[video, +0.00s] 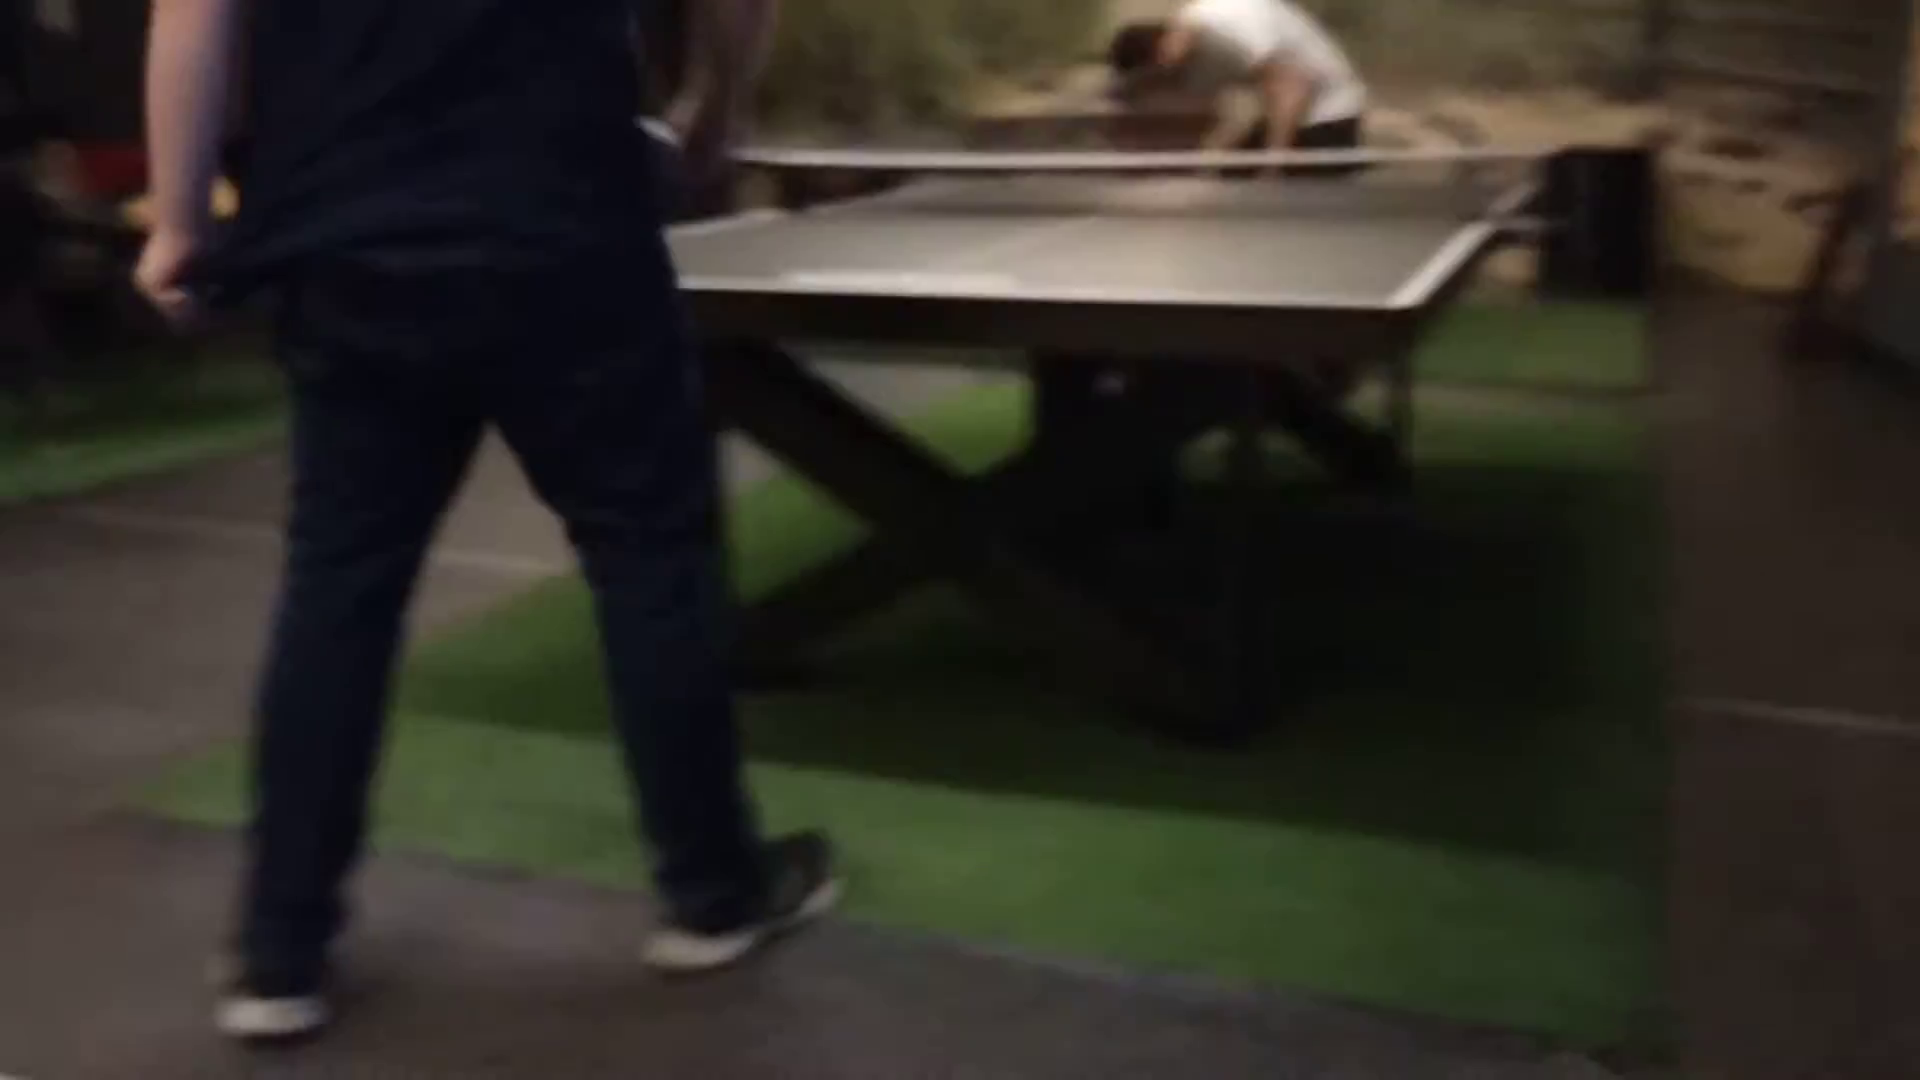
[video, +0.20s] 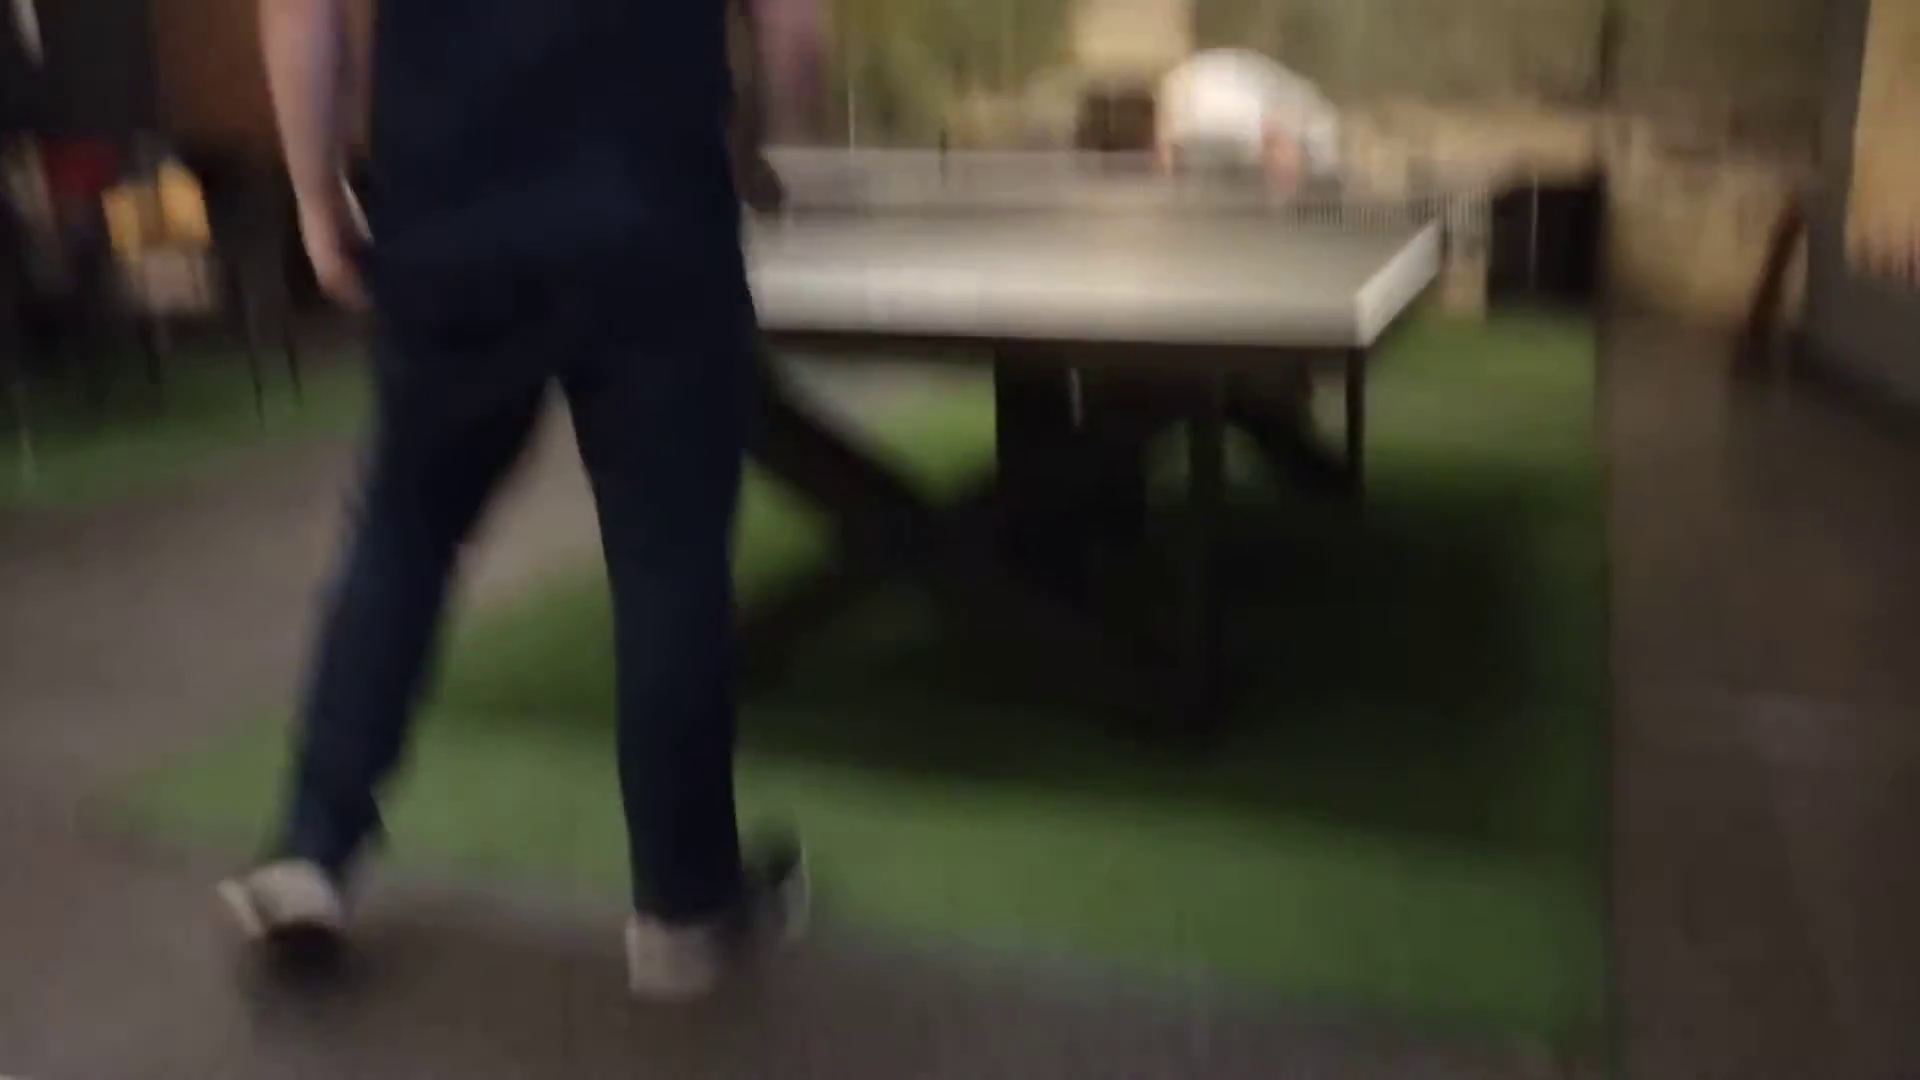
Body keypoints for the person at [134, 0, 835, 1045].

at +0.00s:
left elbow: (192, 9)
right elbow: (736, 10)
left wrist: (176, 213)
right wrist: (701, 138)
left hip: (353, 213)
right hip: (562, 211)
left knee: (337, 587)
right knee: (653, 558)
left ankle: (278, 962)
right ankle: (710, 886)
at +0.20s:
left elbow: (300, 13)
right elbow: (793, 35)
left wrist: (318, 196)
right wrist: (772, 146)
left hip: (450, 200)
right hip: (651, 206)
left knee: (400, 536)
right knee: (670, 576)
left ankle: (311, 856)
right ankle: (683, 905)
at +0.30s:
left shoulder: (393, 10)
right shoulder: (741, 14)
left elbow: (308, 131)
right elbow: (823, 207)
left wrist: (318, 356)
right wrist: (783, 388)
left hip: (459, 408)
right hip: (656, 418)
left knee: (425, 691)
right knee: (653, 759)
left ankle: (337, 1024)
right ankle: (653, 1056)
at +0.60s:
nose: (752, 39)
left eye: (746, 29)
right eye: (753, 28)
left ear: (611, 18)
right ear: (737, 19)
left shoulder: (491, 103)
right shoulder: (747, 101)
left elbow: (319, 206)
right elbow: (811, 194)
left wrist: (353, 429)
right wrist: (772, 442)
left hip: (493, 567)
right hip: (673, 572)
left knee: (494, 866)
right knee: (663, 902)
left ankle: (469, 1065)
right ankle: (647, 1069)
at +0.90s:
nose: (711, 148)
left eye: (705, 134)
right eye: (711, 131)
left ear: (574, 120)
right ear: (695, 118)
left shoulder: (476, 202)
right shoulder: (712, 201)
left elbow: (300, 299)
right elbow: (747, 313)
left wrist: (344, 499)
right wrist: (746, 560)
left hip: (485, 640)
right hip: (646, 652)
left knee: (520, 951)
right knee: (659, 973)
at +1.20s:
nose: (675, 161)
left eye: (673, 146)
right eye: (677, 143)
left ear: (550, 134)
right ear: (660, 133)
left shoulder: (450, 252)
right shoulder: (658, 231)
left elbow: (378, 447)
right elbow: (711, 428)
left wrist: (377, 635)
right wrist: (821, 553)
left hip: (446, 665)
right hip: (603, 665)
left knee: (494, 949)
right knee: (716, 922)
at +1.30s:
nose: (674, 160)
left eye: (667, 143)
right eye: (675, 141)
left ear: (544, 137)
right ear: (658, 133)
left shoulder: (457, 249)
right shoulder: (673, 235)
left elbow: (428, 435)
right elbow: (737, 459)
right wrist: (823, 532)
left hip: (444, 656)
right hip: (604, 655)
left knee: (493, 954)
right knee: (708, 932)